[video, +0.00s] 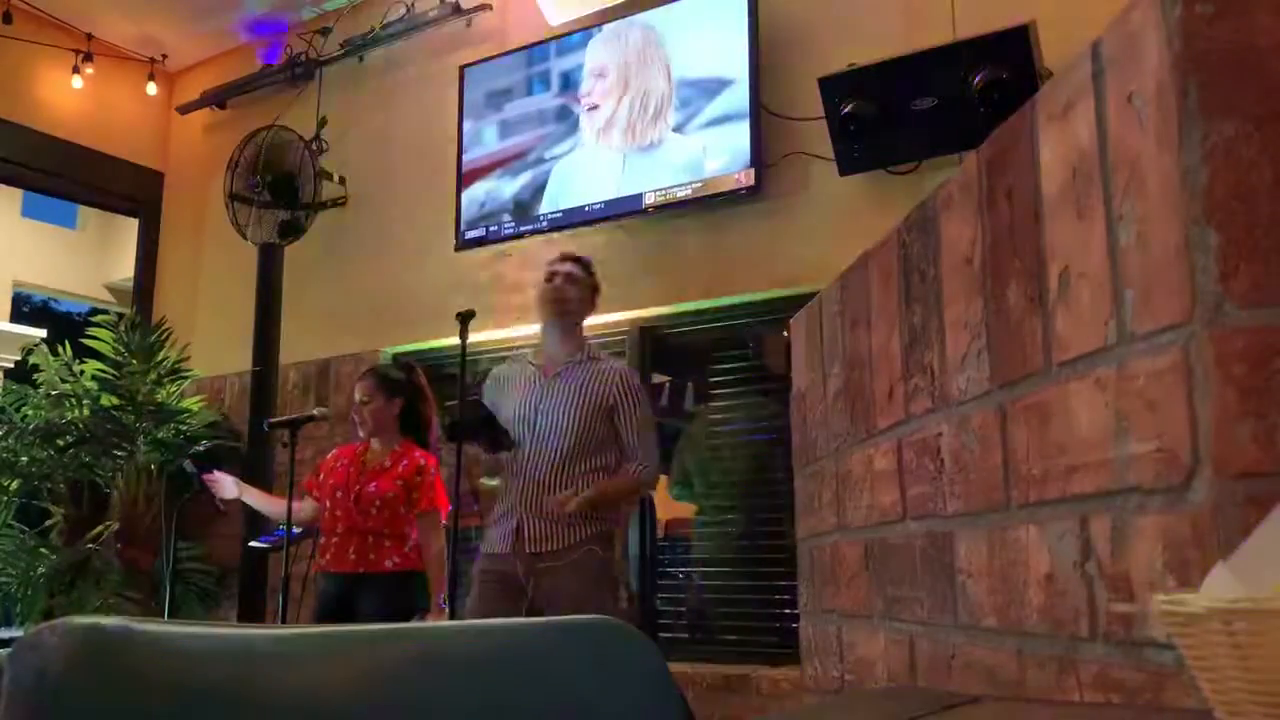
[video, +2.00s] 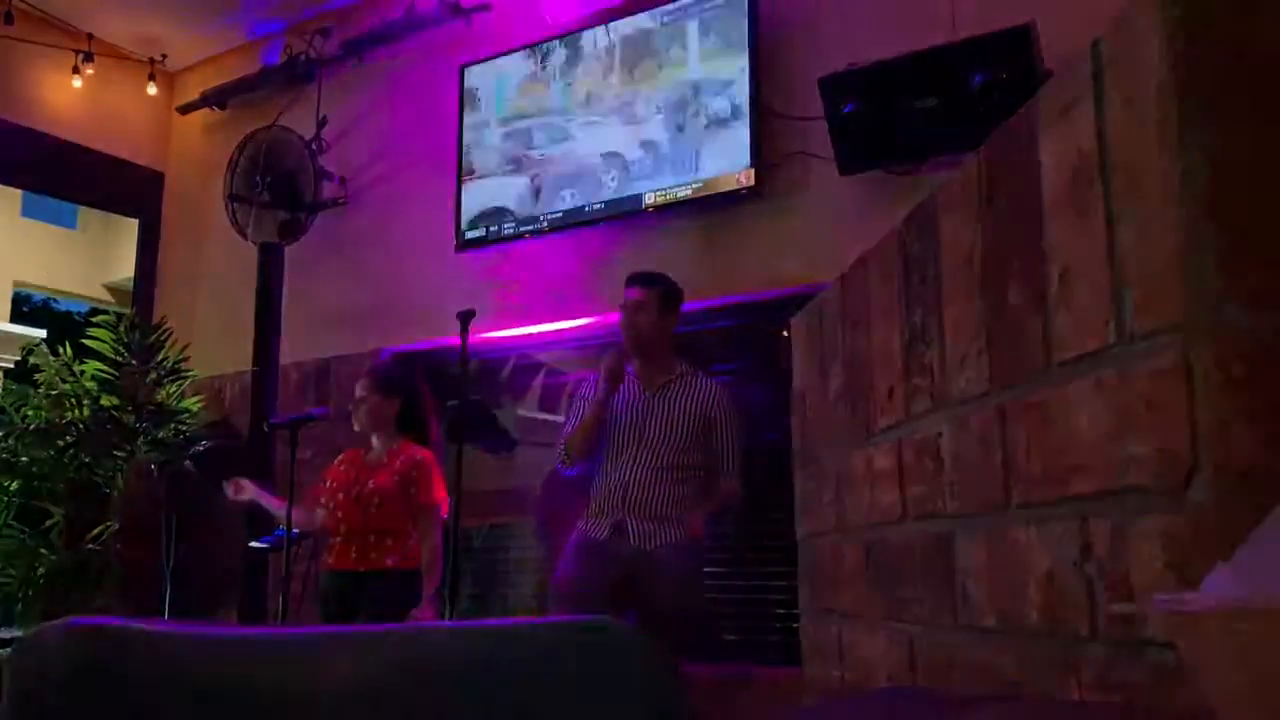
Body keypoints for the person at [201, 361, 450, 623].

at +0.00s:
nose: (355, 411)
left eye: (365, 402)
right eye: (354, 403)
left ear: (396, 405)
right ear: (354, 403)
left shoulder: (418, 464)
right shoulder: (340, 458)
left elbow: (432, 539)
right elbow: (303, 512)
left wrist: (438, 607)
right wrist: (240, 489)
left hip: (392, 589)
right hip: (335, 588)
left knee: (387, 688)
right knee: (327, 686)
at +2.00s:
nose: (353, 408)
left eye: (362, 399)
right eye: (354, 399)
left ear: (393, 405)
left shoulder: (418, 462)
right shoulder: (346, 462)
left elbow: (431, 535)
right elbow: (310, 519)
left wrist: (428, 600)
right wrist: (256, 495)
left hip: (392, 582)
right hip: (339, 582)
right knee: (339, 678)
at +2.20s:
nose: (355, 410)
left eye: (364, 402)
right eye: (355, 402)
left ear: (392, 406)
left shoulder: (420, 463)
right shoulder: (354, 463)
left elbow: (433, 534)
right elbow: (327, 521)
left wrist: (426, 600)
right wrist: (280, 492)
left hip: (396, 583)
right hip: (347, 582)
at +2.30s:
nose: (354, 414)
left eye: (362, 406)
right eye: (354, 406)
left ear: (392, 407)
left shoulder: (421, 464)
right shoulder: (355, 463)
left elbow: (433, 534)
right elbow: (330, 522)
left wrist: (426, 600)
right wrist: (280, 497)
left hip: (397, 582)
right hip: (347, 581)